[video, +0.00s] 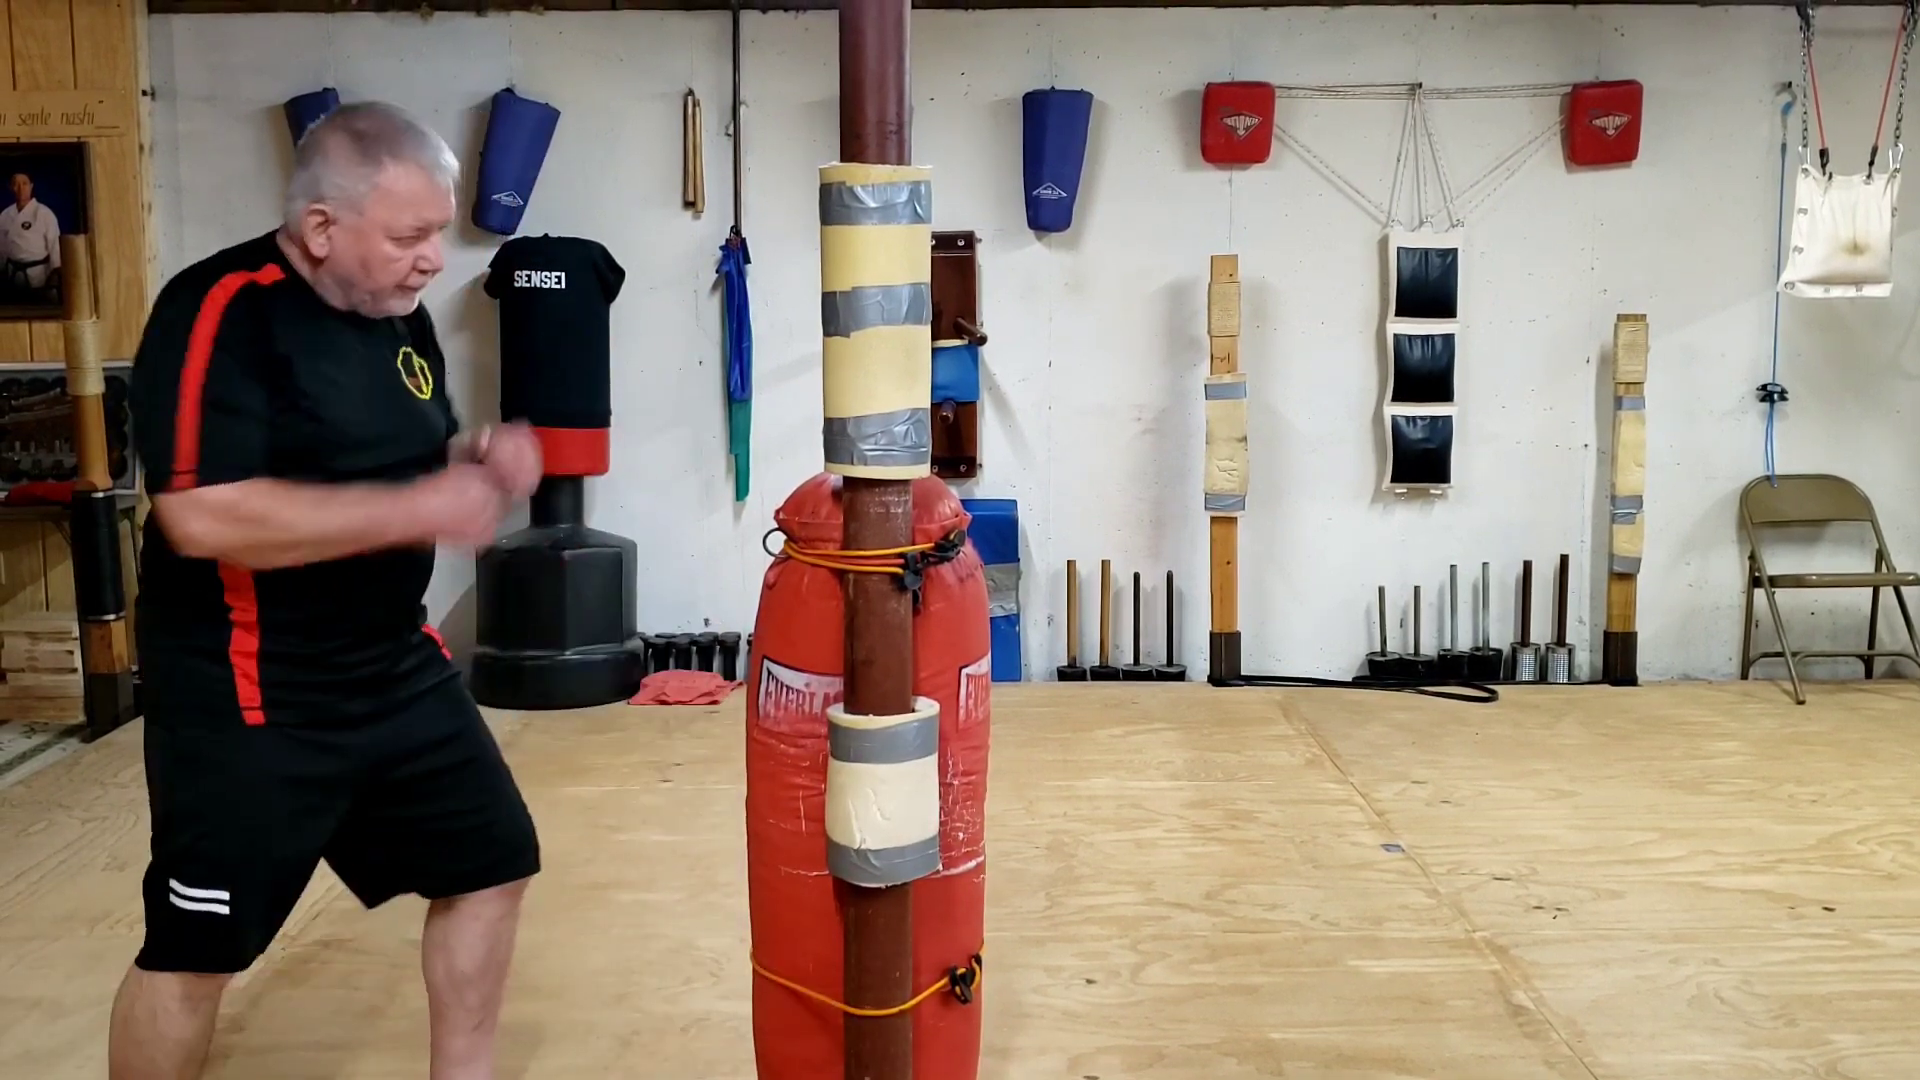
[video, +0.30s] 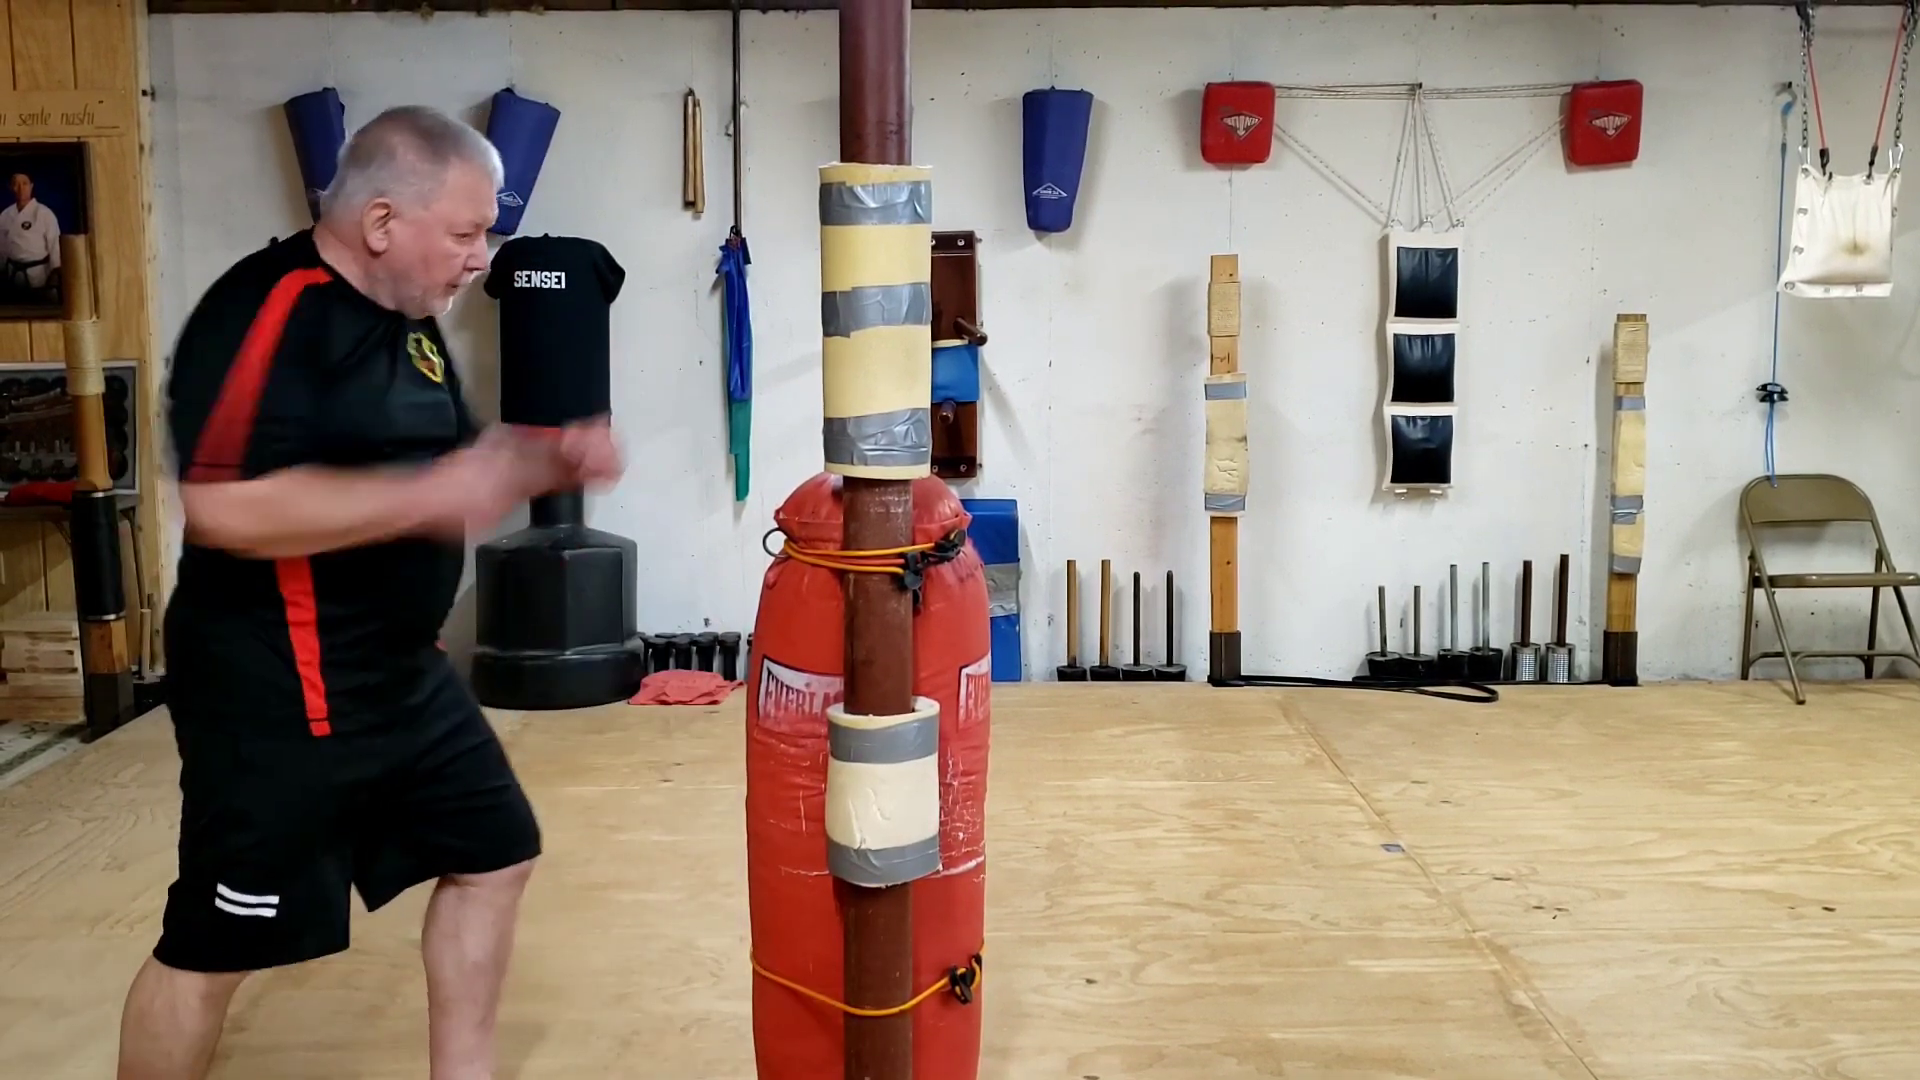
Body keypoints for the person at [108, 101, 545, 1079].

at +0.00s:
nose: (433, 261)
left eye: (438, 236)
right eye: (411, 237)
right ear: (321, 231)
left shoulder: (399, 313)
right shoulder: (212, 310)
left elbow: (410, 467)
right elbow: (197, 515)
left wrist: (478, 465)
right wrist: (416, 509)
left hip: (391, 665)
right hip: (240, 690)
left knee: (489, 861)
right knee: (194, 948)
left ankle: (463, 1074)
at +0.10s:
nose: (441, 263)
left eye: (446, 238)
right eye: (420, 239)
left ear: (343, 233)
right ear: (331, 232)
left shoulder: (419, 317)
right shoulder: (199, 323)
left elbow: (514, 428)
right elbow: (118, 518)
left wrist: (578, 373)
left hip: (385, 670)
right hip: (229, 695)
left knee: (481, 857)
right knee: (206, 947)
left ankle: (462, 1075)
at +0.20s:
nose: (463, 271)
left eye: (467, 248)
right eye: (446, 247)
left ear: (369, 241)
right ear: (358, 240)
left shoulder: (415, 317)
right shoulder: (227, 325)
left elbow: (540, 380)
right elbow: (94, 498)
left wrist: (665, 366)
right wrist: (214, 659)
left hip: (380, 683)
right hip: (256, 702)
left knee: (480, 855)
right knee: (216, 962)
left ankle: (461, 1075)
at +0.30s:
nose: (481, 259)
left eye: (486, 235)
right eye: (466, 233)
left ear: (395, 229)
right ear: (381, 222)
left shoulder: (405, 319)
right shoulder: (262, 307)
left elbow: (430, 470)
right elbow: (215, 505)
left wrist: (539, 462)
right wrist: (432, 495)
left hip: (392, 667)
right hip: (263, 684)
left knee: (491, 852)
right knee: (216, 940)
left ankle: (462, 1074)